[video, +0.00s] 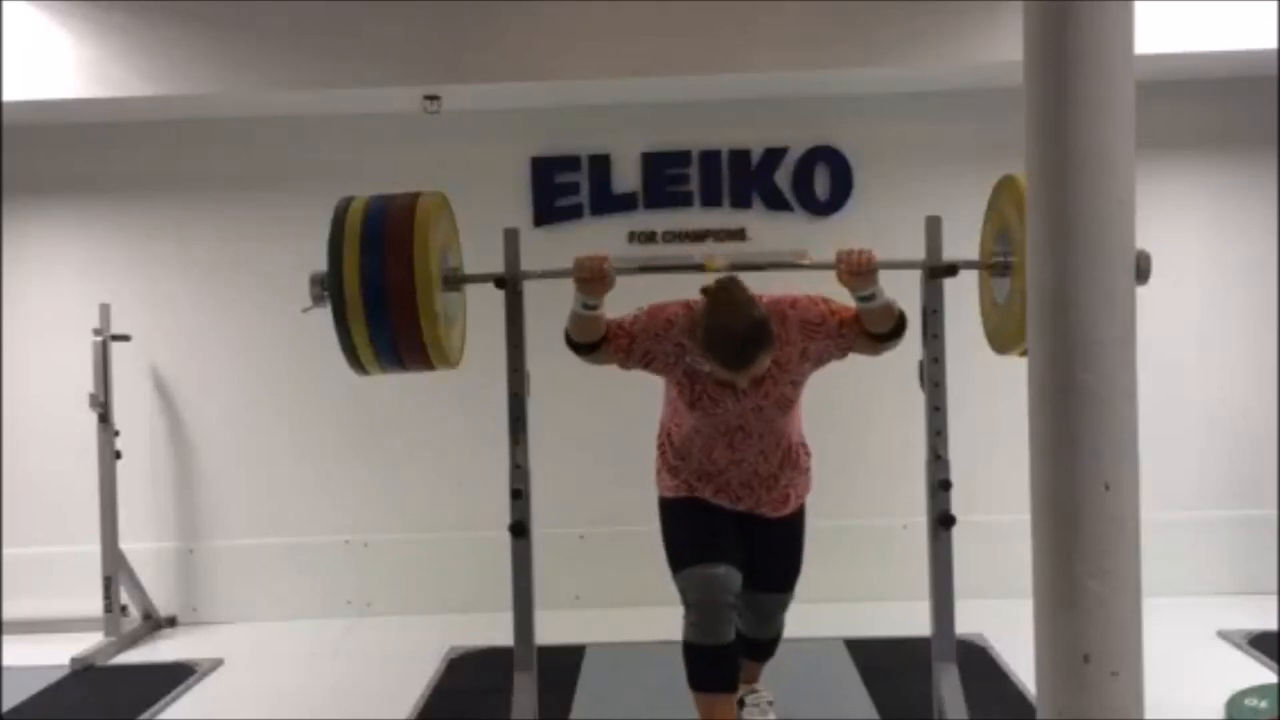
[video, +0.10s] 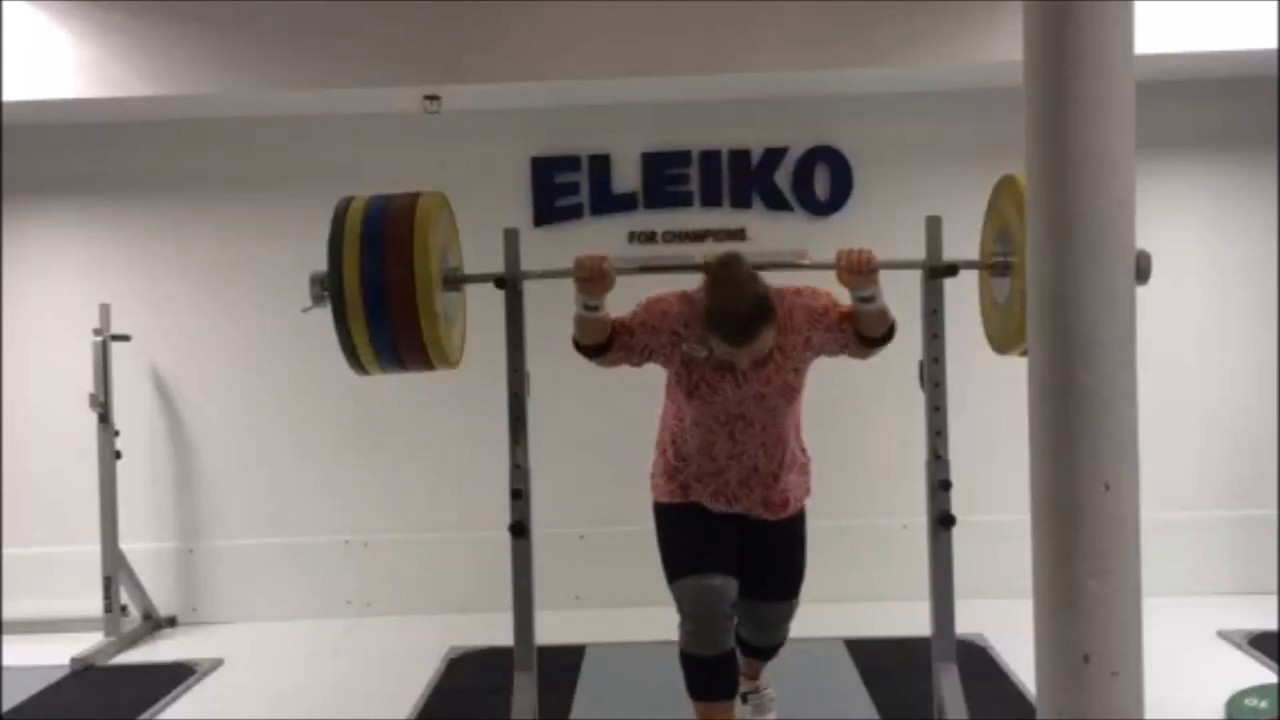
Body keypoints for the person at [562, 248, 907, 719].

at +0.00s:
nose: (744, 382)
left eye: (754, 371)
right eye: (727, 375)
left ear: (767, 338)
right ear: (702, 348)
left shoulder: (800, 322)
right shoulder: (671, 331)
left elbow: (885, 336)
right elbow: (587, 346)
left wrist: (868, 290)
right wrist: (588, 301)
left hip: (776, 490)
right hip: (696, 488)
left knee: (766, 612)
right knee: (712, 605)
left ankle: (747, 688)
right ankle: (717, 712)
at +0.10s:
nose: (744, 364)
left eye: (754, 352)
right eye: (730, 355)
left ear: (769, 319)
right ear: (707, 328)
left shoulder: (801, 315)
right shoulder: (675, 318)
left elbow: (872, 340)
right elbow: (597, 348)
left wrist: (866, 294)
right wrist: (591, 303)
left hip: (774, 494)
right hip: (692, 494)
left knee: (770, 619)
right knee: (708, 614)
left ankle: (750, 681)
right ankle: (714, 712)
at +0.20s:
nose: (740, 337)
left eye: (752, 324)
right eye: (725, 327)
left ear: (769, 299)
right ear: (705, 307)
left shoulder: (802, 307)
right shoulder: (673, 314)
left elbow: (861, 349)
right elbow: (606, 362)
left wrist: (865, 294)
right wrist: (591, 301)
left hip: (776, 499)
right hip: (692, 500)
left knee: (779, 624)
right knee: (706, 624)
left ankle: (753, 677)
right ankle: (713, 712)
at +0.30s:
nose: (738, 322)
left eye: (752, 308)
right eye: (722, 309)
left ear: (771, 282)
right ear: (702, 289)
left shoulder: (803, 305)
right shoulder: (674, 312)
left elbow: (863, 360)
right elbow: (608, 375)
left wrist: (866, 294)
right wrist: (591, 304)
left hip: (777, 509)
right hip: (689, 512)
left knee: (784, 637)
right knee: (707, 639)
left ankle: (759, 708)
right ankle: (714, 715)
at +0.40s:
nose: (739, 311)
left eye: (753, 295)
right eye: (722, 298)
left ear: (771, 272)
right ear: (701, 277)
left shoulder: (804, 305)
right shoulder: (673, 311)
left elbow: (863, 367)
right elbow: (608, 379)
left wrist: (868, 296)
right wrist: (591, 302)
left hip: (779, 511)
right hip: (689, 515)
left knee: (784, 645)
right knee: (706, 650)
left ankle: (774, 715)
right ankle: (714, 715)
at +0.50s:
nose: (738, 299)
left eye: (752, 283)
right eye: (722, 287)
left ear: (770, 264)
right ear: (700, 269)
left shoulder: (803, 303)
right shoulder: (672, 310)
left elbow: (863, 370)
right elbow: (607, 380)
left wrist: (869, 295)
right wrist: (590, 302)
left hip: (779, 513)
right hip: (688, 518)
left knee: (784, 653)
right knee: (705, 659)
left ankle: (782, 718)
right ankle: (714, 716)